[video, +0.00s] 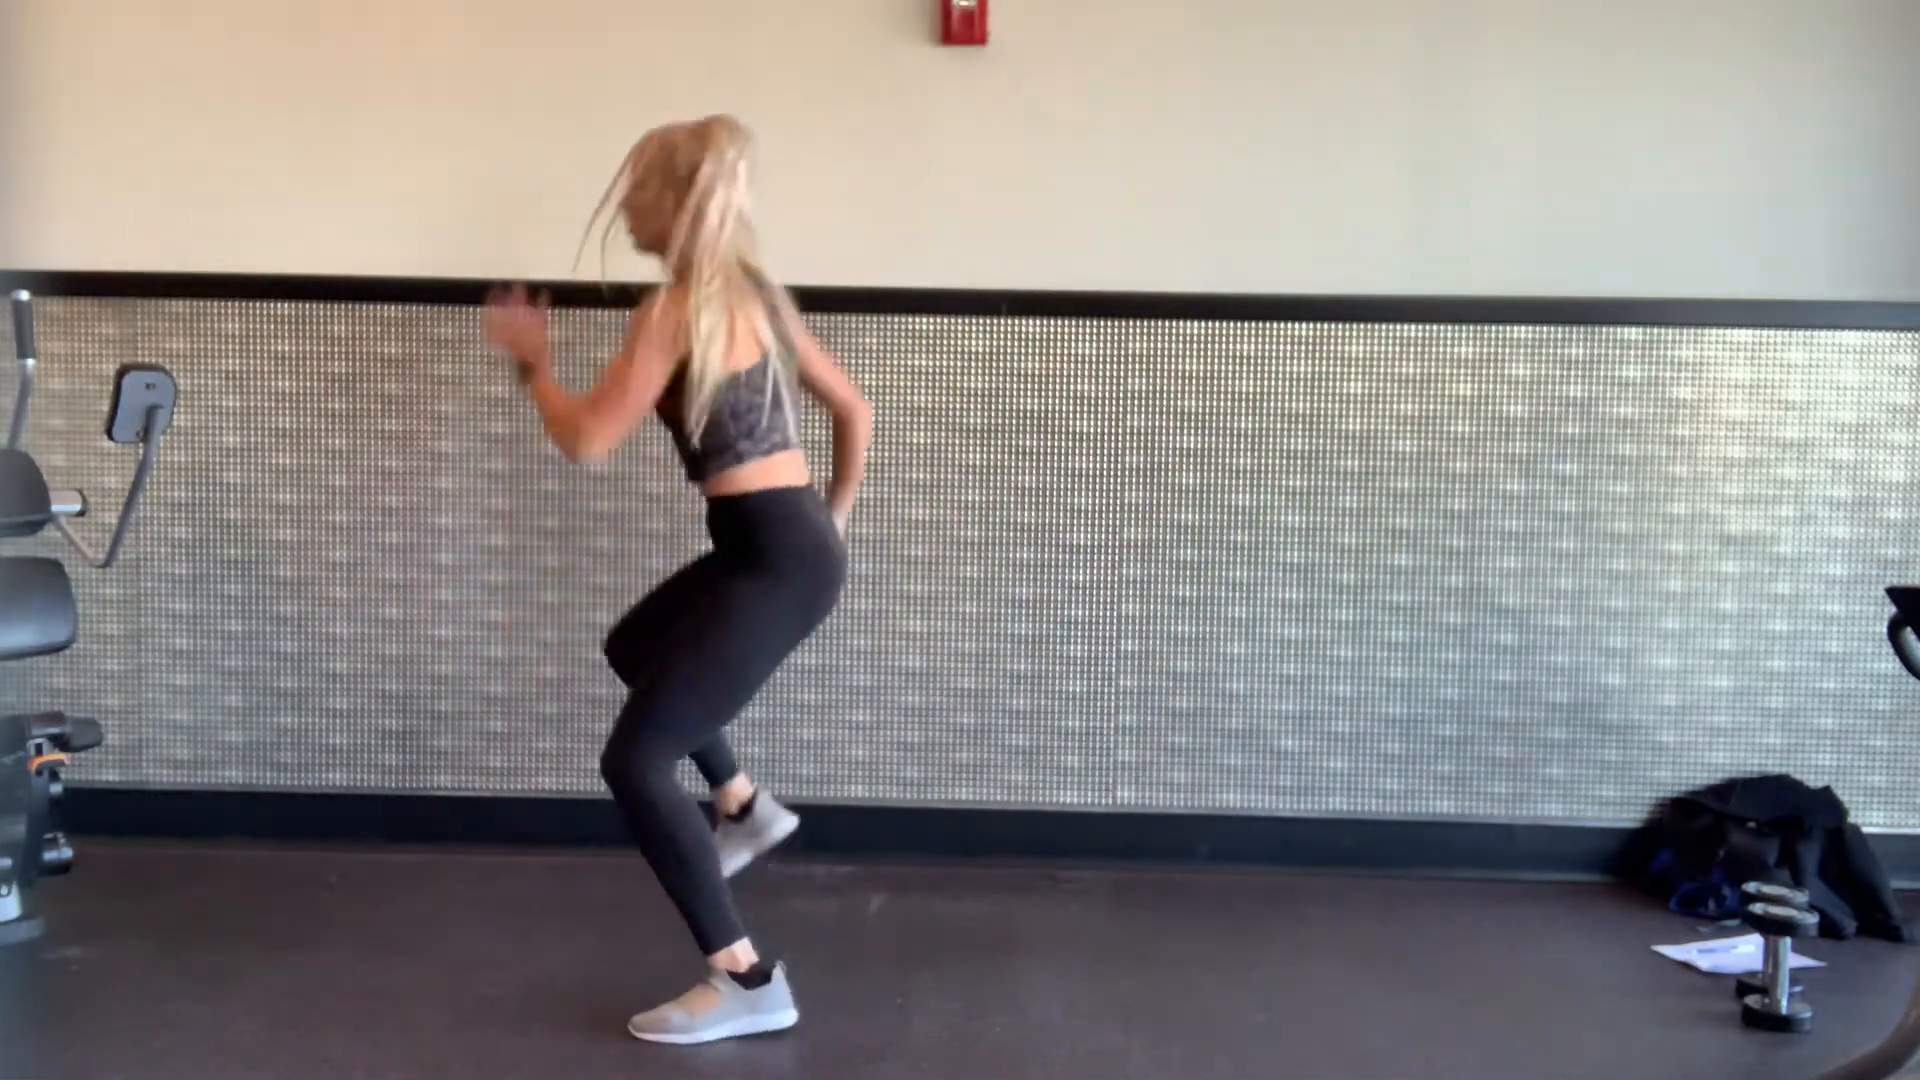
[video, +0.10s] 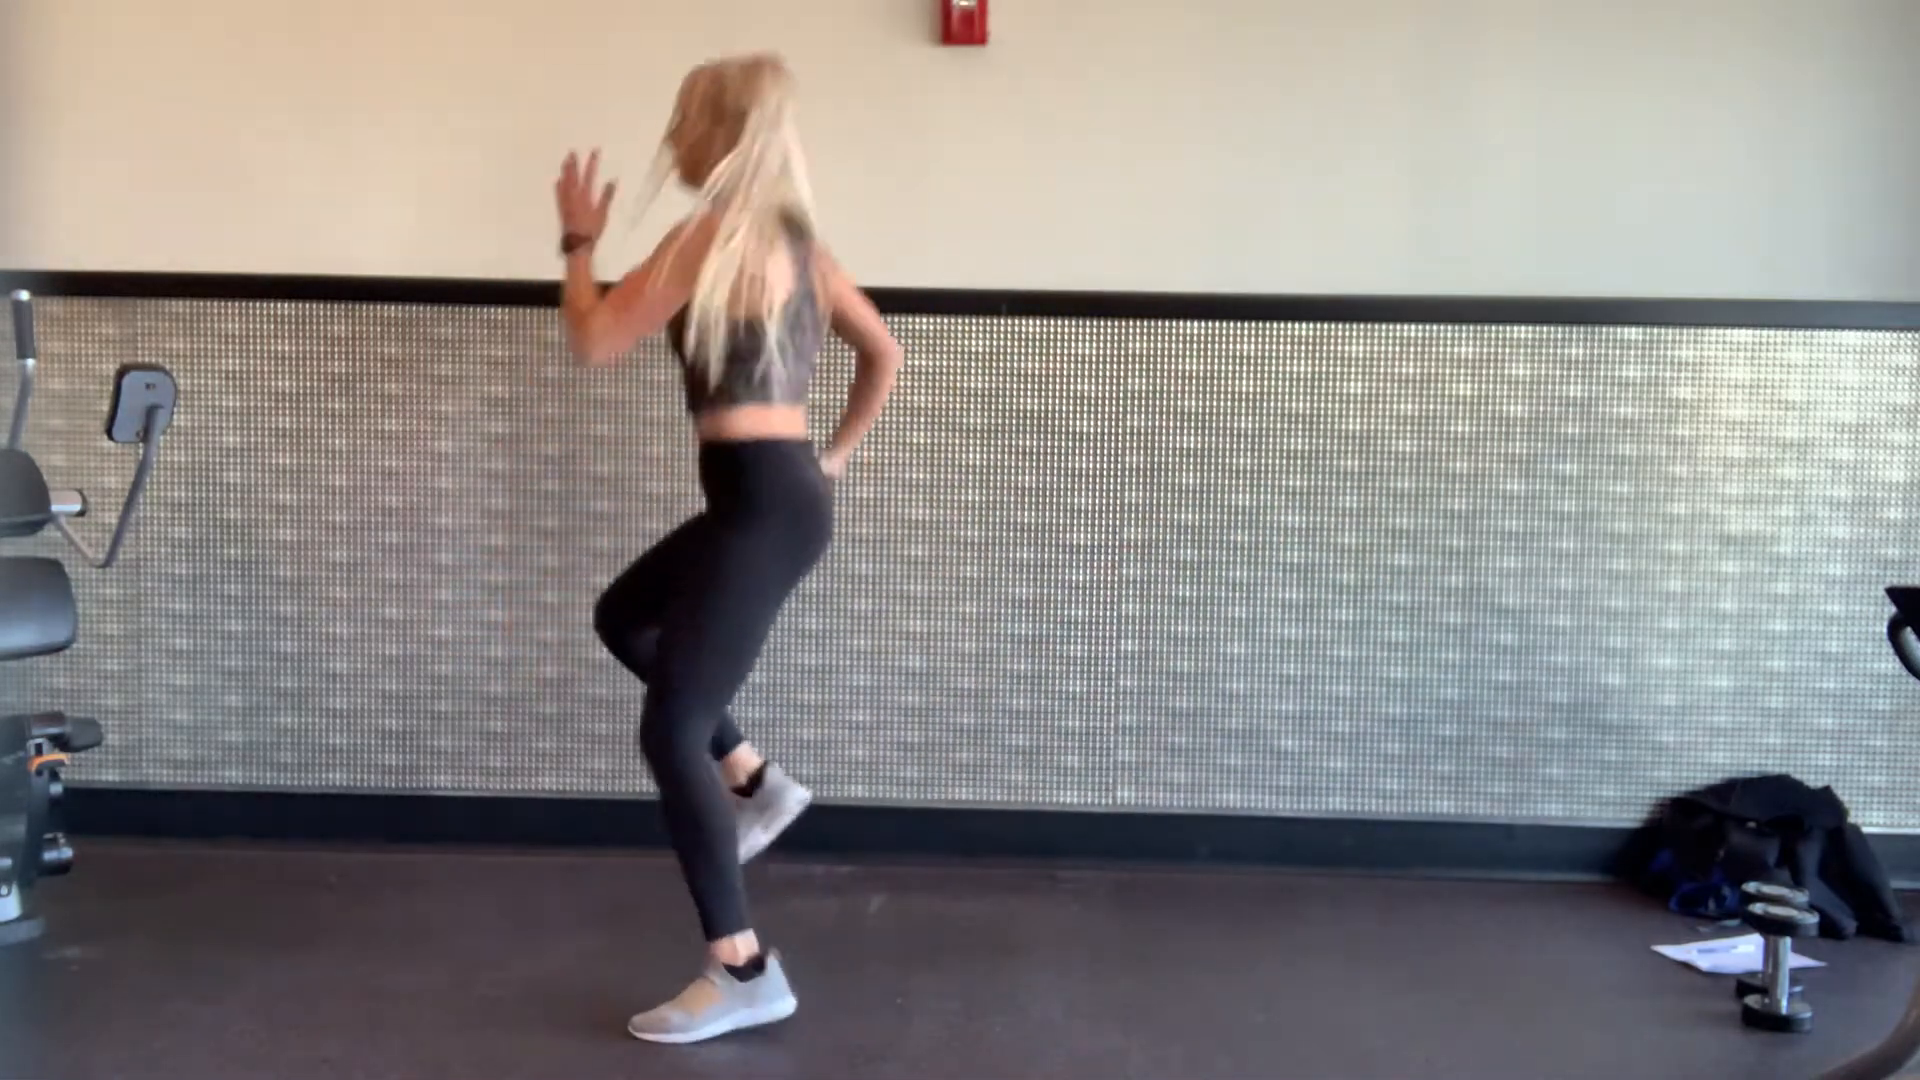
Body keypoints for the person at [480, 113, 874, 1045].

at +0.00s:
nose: (626, 197)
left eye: (639, 184)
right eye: (633, 181)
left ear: (671, 201)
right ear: (719, 201)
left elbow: (587, 440)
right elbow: (851, 406)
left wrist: (531, 362)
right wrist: (840, 500)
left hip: (774, 557)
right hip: (787, 545)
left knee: (636, 760)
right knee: (634, 646)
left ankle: (744, 978)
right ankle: (740, 805)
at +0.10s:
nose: (674, 133)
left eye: (686, 119)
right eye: (681, 117)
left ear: (715, 133)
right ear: (768, 135)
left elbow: (597, 340)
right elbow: (883, 350)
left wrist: (578, 244)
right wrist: (839, 448)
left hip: (762, 508)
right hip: (783, 500)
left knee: (671, 737)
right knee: (625, 617)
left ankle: (743, 968)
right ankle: (754, 783)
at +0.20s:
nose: (714, 78)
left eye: (729, 61)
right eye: (721, 59)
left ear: (771, 74)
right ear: (800, 78)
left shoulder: (768, 185)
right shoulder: (826, 189)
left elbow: (708, 316)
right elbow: (857, 331)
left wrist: (608, 278)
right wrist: (760, 409)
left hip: (766, 446)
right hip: (790, 444)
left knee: (651, 654)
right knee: (672, 642)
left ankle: (715, 891)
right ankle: (768, 816)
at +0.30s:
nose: (740, 89)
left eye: (755, 74)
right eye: (746, 71)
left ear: (799, 89)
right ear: (815, 91)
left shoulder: (819, 202)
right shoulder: (802, 197)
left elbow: (807, 359)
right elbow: (780, 358)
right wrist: (670, 349)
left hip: (789, 458)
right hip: (788, 455)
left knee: (585, 570)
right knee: (707, 675)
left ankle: (701, 759)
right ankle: (777, 883)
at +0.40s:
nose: (753, 145)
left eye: (770, 133)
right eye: (762, 130)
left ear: (815, 156)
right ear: (815, 159)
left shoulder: (832, 253)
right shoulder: (806, 255)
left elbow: (883, 396)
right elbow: (714, 364)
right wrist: (678, 275)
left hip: (792, 499)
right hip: (797, 503)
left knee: (586, 476)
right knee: (728, 711)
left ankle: (680, 677)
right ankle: (801, 927)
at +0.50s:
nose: (782, 118)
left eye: (799, 105)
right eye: (790, 103)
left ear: (841, 124)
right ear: (849, 127)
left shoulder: (864, 220)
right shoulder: (832, 220)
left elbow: (927, 345)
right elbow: (770, 346)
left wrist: (886, 477)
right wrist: (719, 259)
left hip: (821, 469)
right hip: (816, 467)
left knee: (610, 484)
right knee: (775, 695)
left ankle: (696, 696)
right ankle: (798, 911)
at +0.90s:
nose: (905, 133)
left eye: (920, 119)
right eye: (913, 117)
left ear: (958, 137)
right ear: (977, 141)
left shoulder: (962, 237)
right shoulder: (1006, 239)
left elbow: (892, 372)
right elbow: (1022, 404)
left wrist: (827, 285)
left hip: (953, 503)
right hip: (971, 495)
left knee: (894, 713)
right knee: (765, 531)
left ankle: (922, 941)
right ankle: (864, 692)